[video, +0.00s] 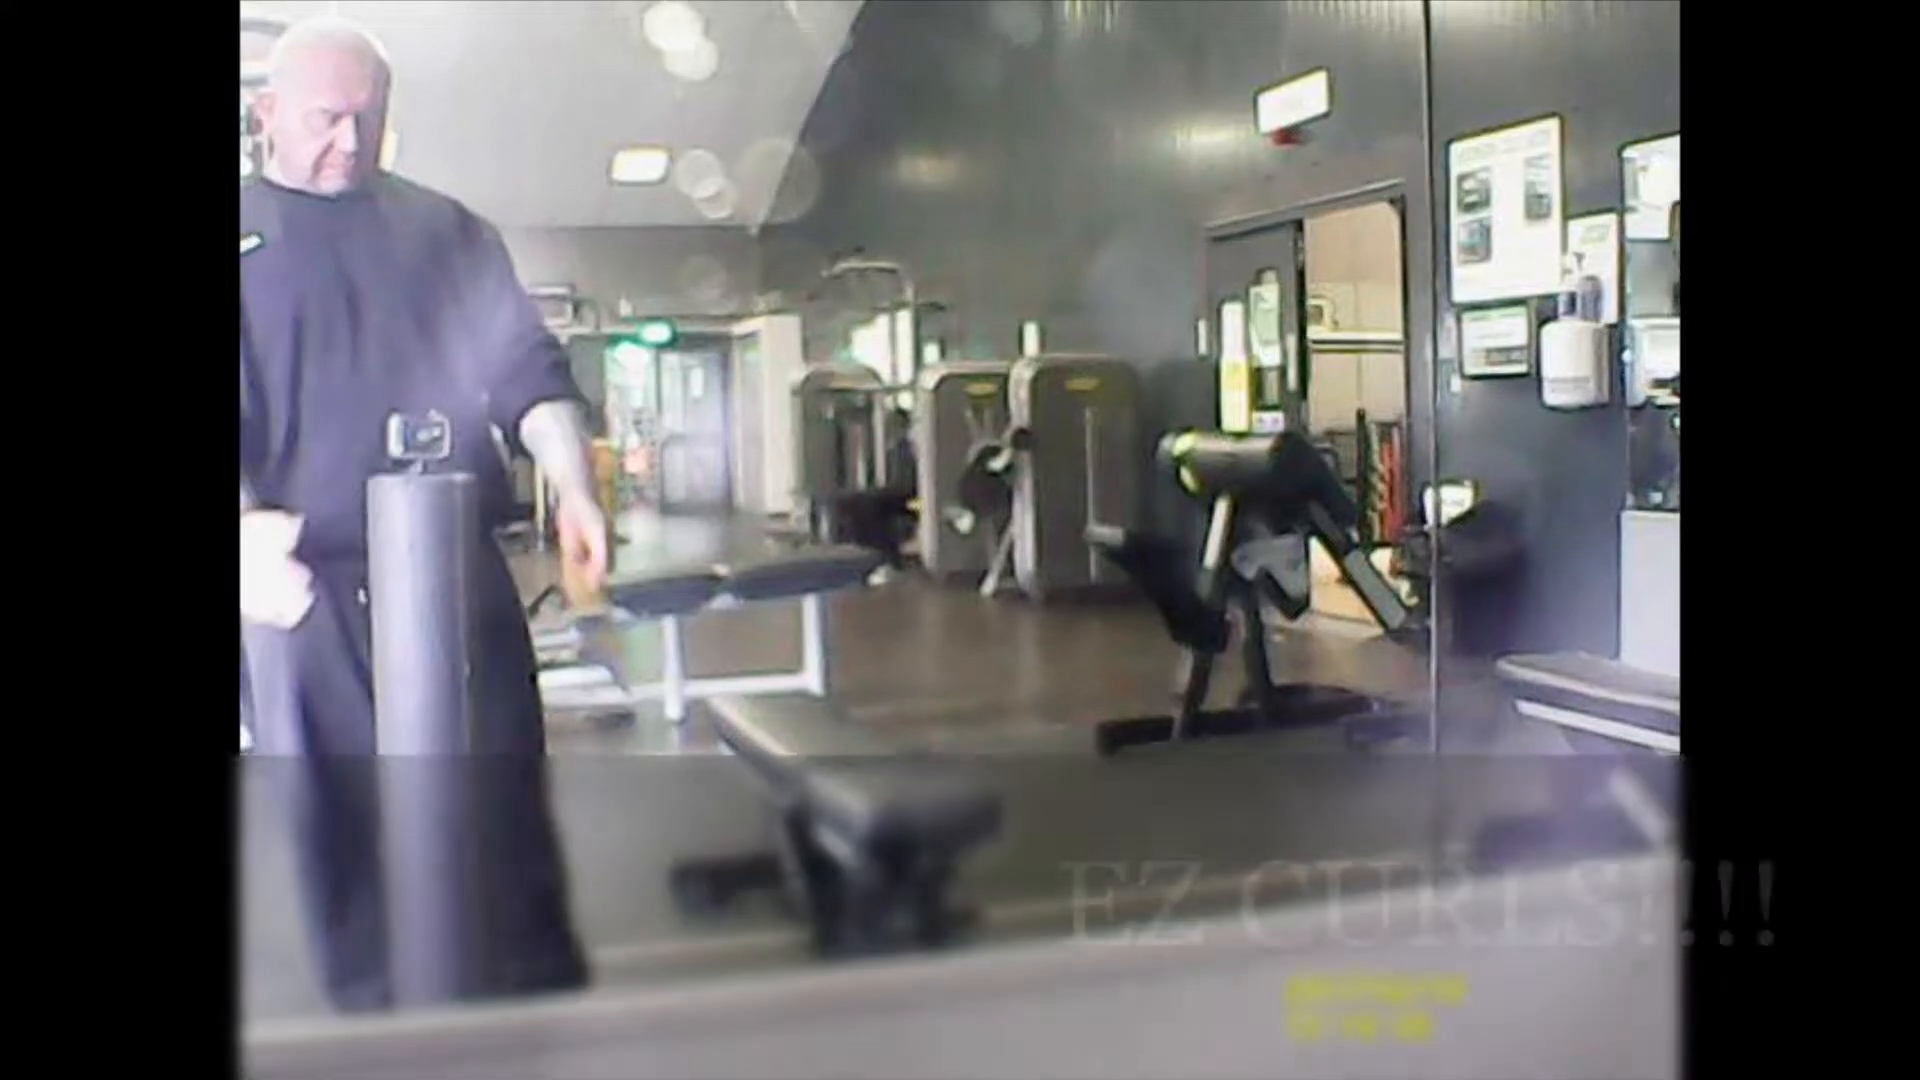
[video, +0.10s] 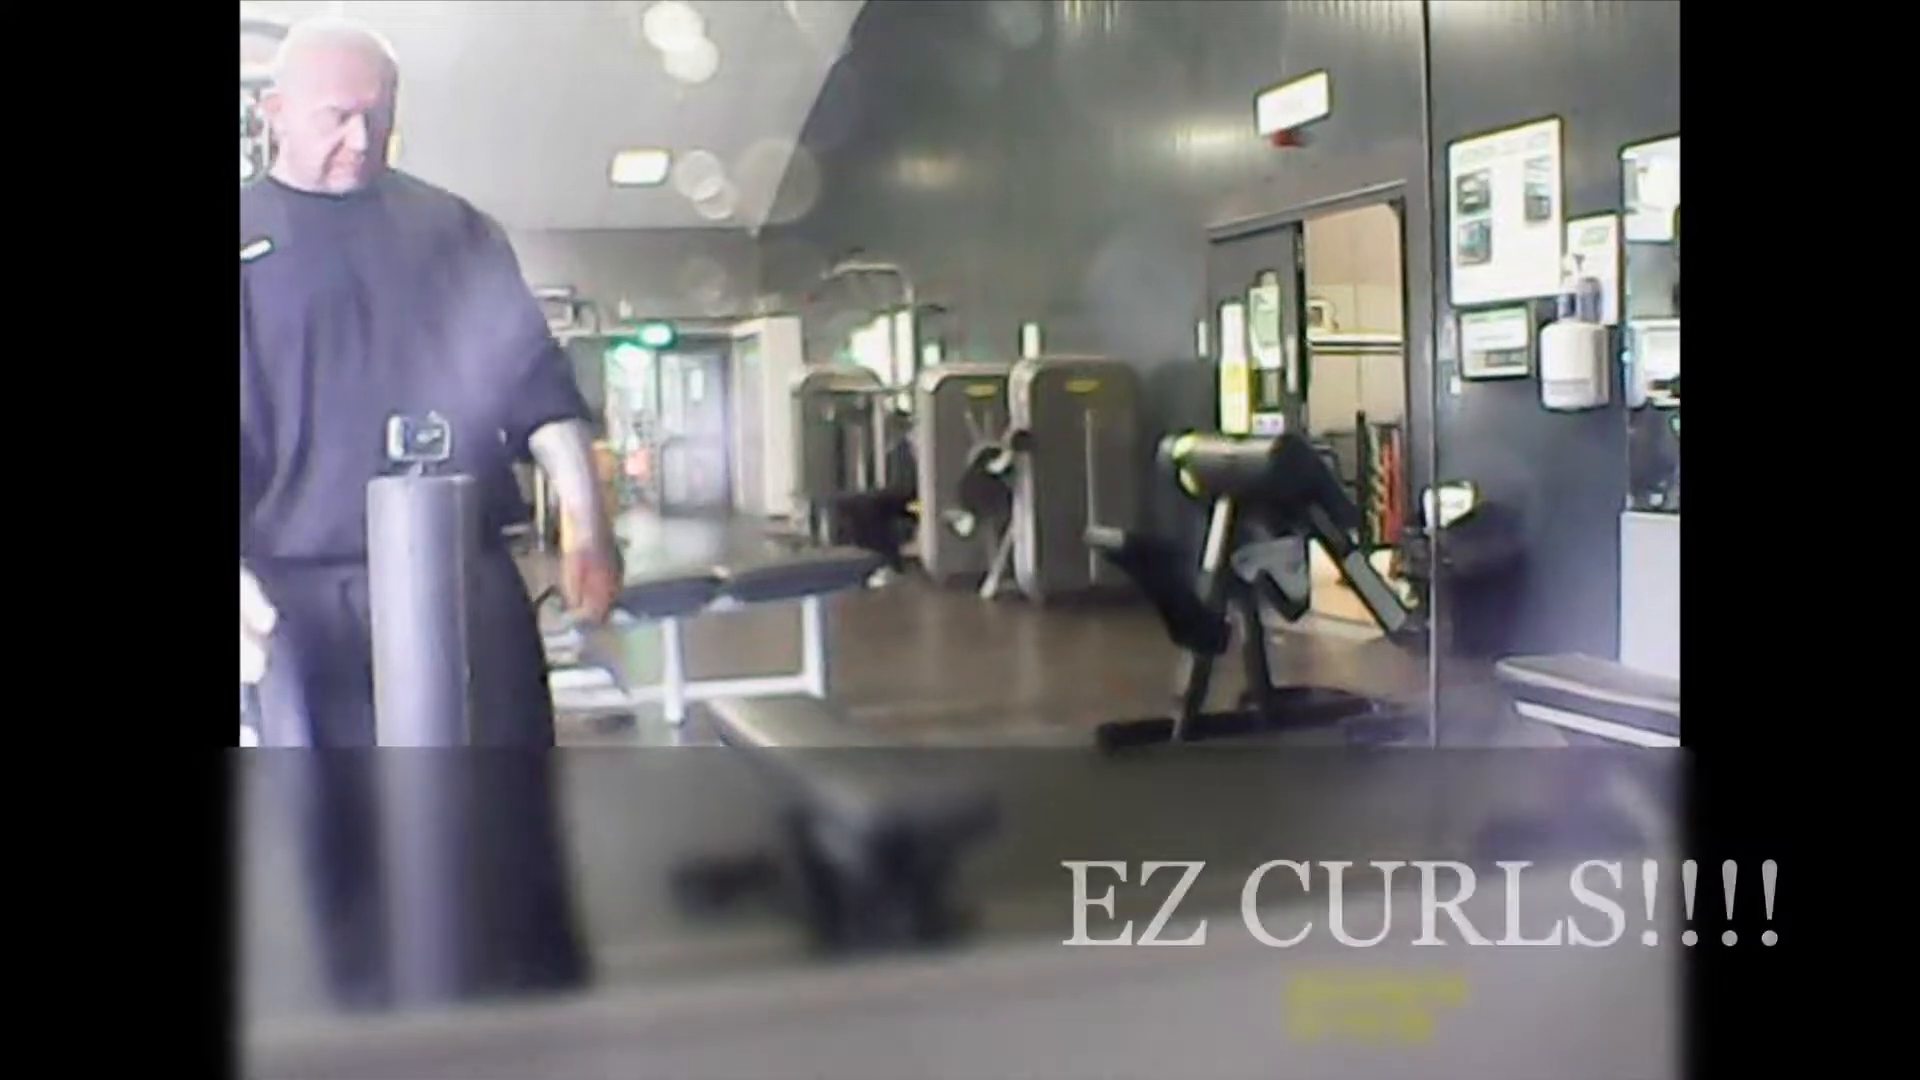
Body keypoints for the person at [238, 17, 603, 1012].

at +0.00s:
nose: (347, 141)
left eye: (365, 118)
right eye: (324, 118)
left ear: (387, 114)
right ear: (268, 115)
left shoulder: (448, 230)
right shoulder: (247, 237)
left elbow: (527, 369)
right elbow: (238, 418)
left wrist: (574, 484)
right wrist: (242, 527)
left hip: (458, 562)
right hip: (305, 572)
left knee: (502, 789)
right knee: (337, 806)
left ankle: (542, 1008)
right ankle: (367, 1015)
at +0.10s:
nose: (360, 140)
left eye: (377, 117)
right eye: (335, 117)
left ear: (395, 114)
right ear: (273, 113)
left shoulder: (454, 229)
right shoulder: (245, 235)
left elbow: (536, 378)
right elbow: (239, 435)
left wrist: (587, 522)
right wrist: (239, 585)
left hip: (464, 568)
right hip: (307, 579)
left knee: (509, 797)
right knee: (336, 814)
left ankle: (539, 1011)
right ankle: (362, 1017)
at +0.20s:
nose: (380, 142)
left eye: (396, 117)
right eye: (355, 118)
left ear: (416, 112)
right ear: (295, 115)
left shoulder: (470, 231)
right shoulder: (247, 235)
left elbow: (549, 383)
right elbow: (239, 434)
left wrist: (588, 526)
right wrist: (236, 598)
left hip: (477, 572)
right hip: (310, 582)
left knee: (525, 796)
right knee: (331, 818)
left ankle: (558, 999)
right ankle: (355, 1015)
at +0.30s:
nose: (414, 141)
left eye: (430, 118)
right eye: (389, 118)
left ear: (447, 117)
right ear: (330, 114)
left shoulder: (497, 239)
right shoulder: (260, 244)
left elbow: (564, 394)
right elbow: (238, 433)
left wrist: (604, 536)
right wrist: (242, 589)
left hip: (492, 574)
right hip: (324, 578)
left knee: (552, 792)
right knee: (339, 817)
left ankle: (589, 994)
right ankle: (357, 1017)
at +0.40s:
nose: (429, 140)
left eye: (444, 119)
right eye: (405, 118)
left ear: (460, 119)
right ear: (342, 113)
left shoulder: (508, 242)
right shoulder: (268, 247)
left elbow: (574, 400)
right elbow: (241, 438)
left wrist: (611, 537)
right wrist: (247, 589)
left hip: (501, 578)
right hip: (334, 582)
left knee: (564, 804)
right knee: (347, 824)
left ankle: (596, 1002)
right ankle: (363, 1024)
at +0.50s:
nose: (484, 144)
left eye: (497, 121)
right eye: (461, 120)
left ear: (511, 119)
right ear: (392, 112)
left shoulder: (544, 248)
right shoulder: (300, 255)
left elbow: (604, 406)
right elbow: (264, 437)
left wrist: (636, 540)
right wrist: (277, 589)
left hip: (527, 603)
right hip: (367, 612)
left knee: (583, 854)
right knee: (376, 863)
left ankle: (604, 1033)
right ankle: (378, 1046)